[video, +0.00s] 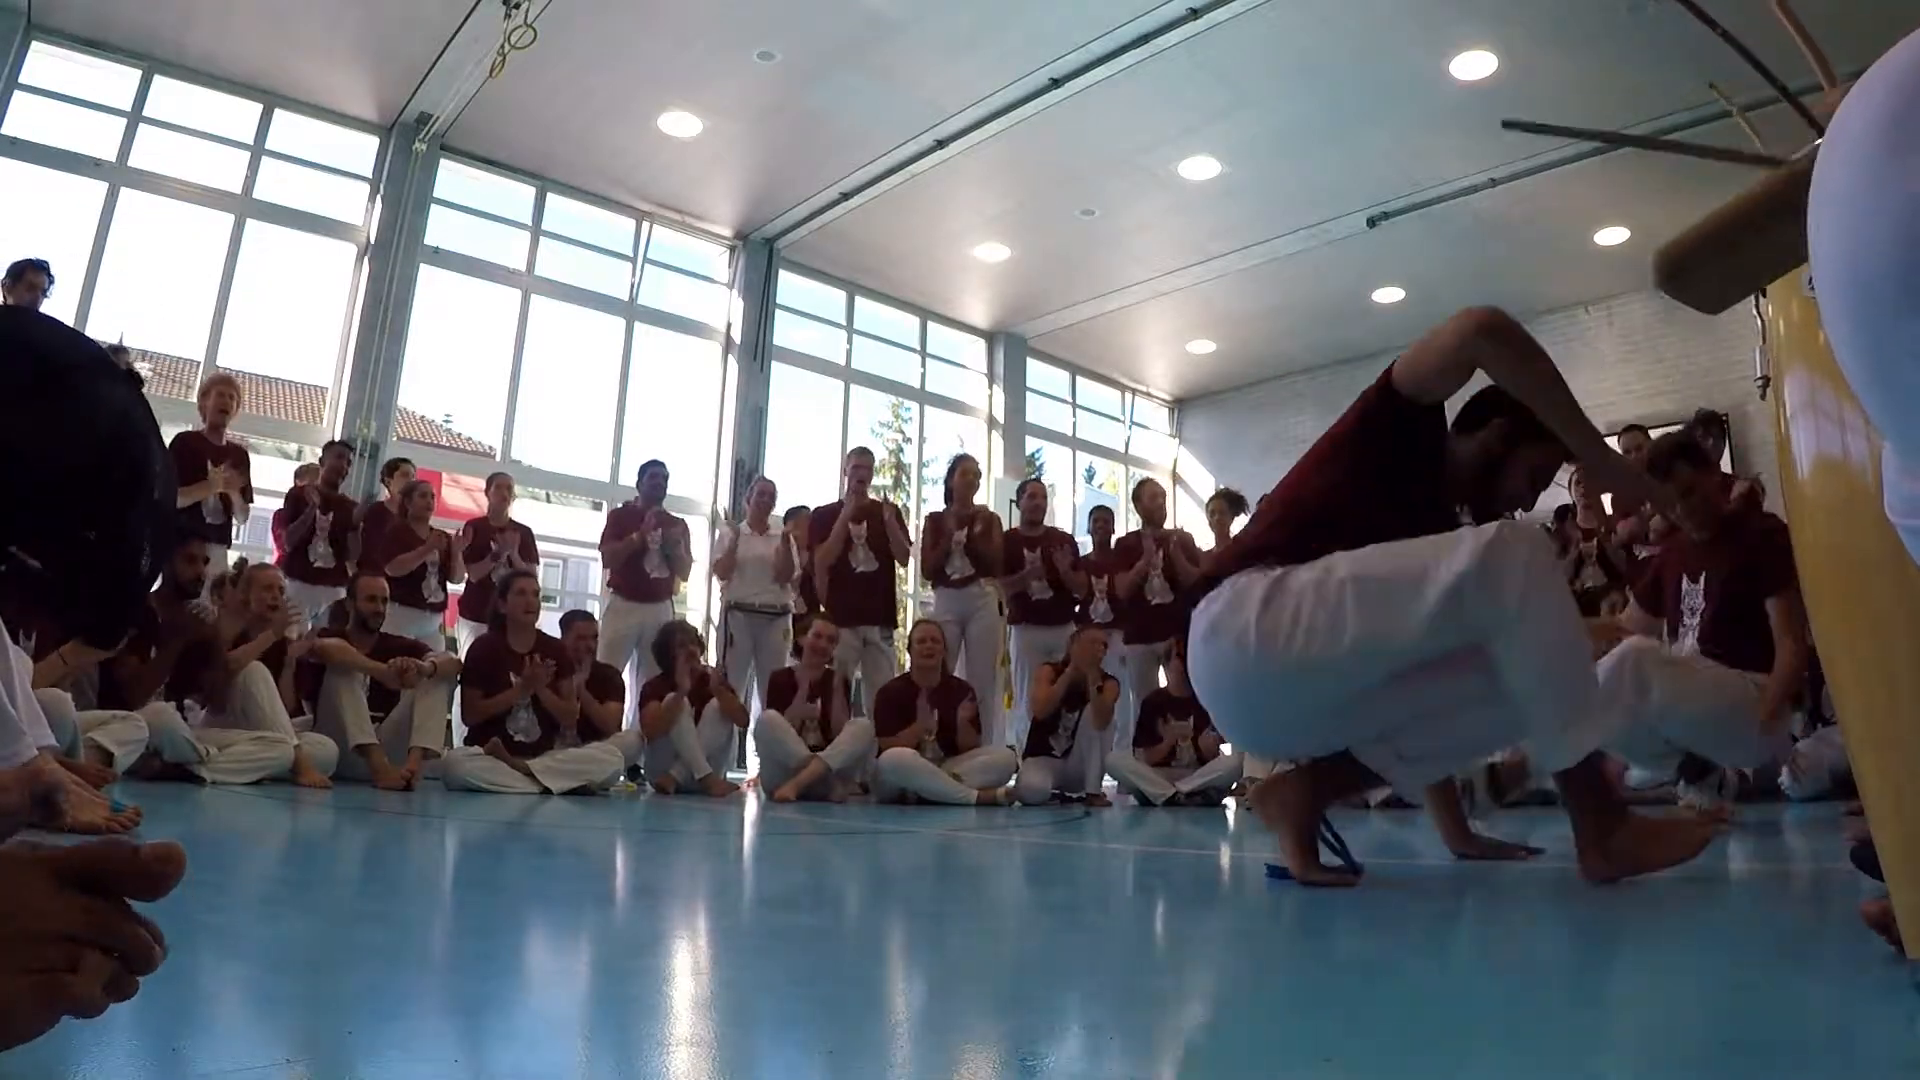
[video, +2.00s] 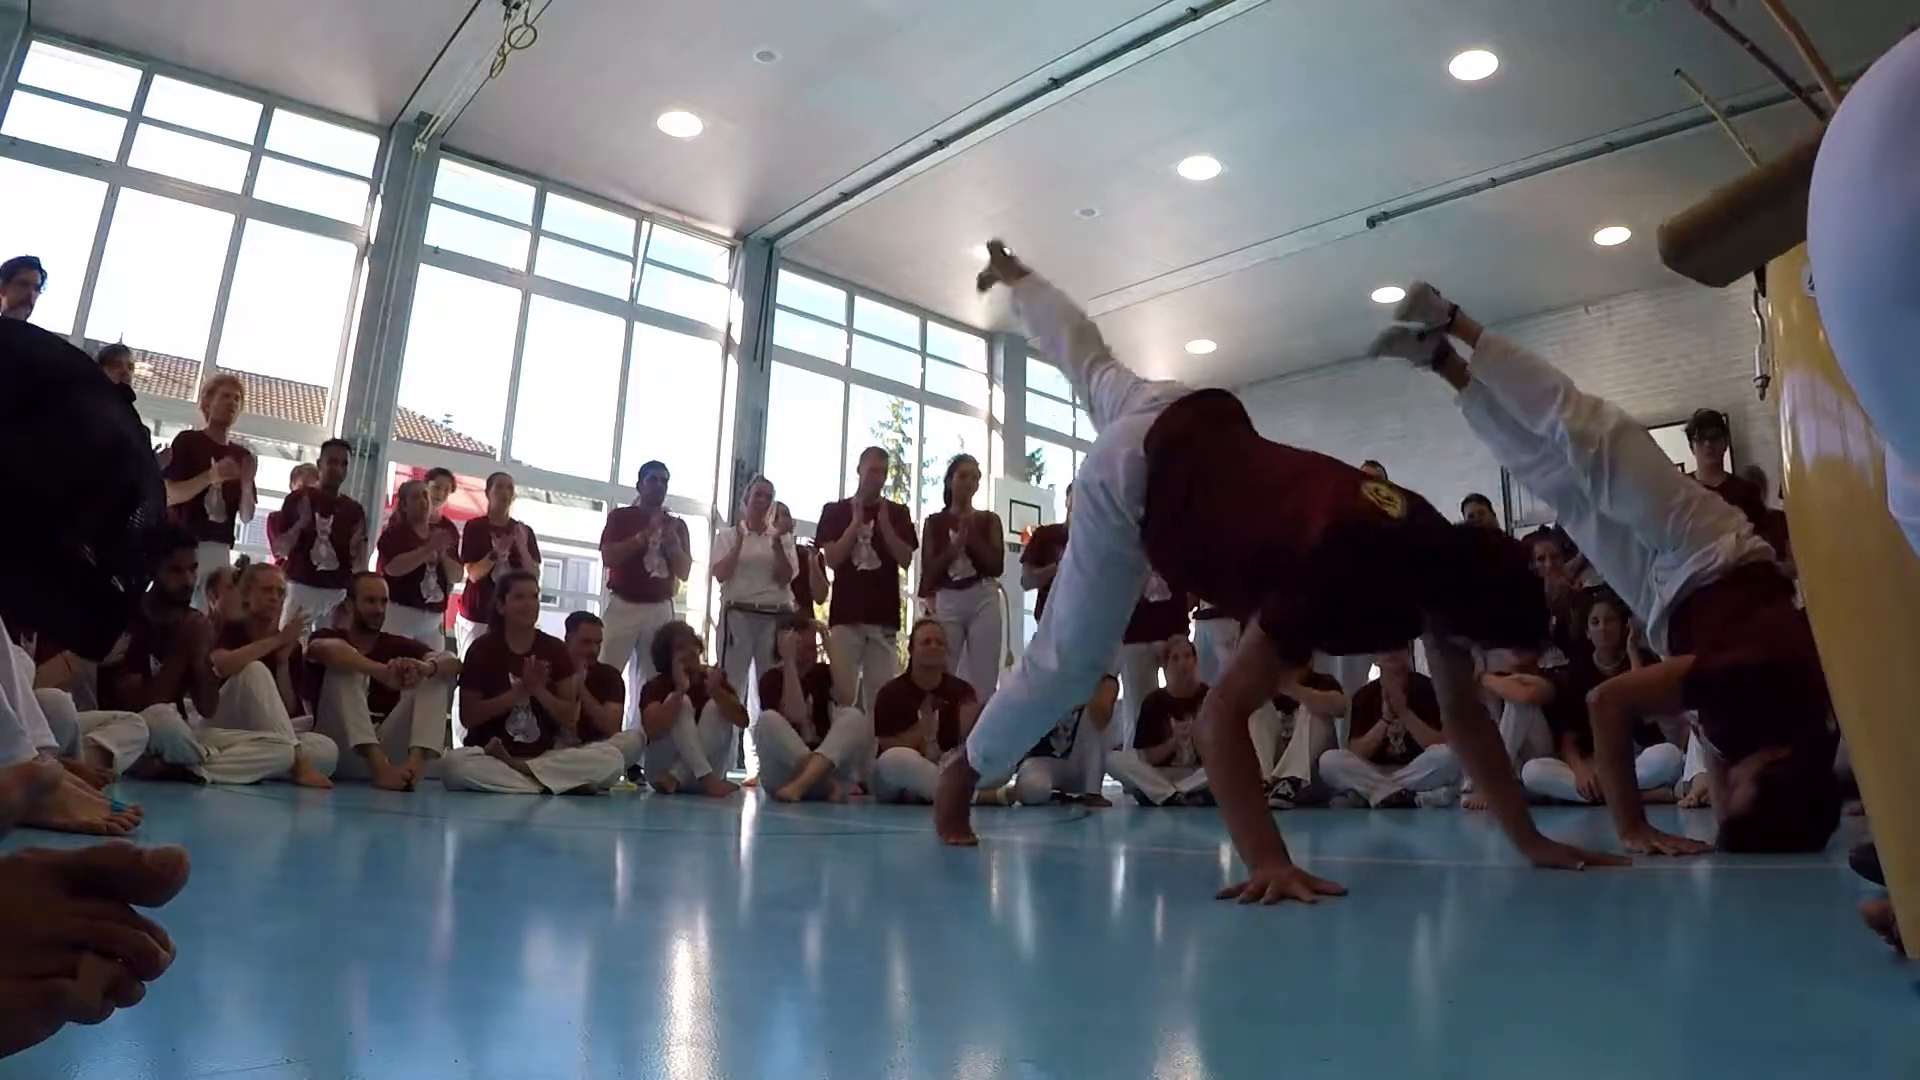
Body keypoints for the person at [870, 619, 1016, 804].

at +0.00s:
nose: (928, 646)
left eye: (935, 641)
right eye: (921, 642)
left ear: (944, 650)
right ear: (909, 650)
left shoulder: (961, 689)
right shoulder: (891, 692)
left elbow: (970, 749)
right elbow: (886, 747)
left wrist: (963, 723)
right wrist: (919, 728)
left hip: (951, 767)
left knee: (1005, 759)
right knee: (894, 759)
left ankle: (928, 792)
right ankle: (976, 798)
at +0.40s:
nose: (933, 647)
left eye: (939, 642)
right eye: (925, 642)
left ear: (946, 650)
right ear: (911, 650)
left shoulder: (961, 691)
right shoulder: (890, 693)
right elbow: (884, 747)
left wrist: (961, 726)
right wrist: (921, 732)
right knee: (892, 757)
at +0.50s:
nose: (933, 647)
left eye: (939, 642)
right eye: (925, 642)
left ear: (945, 650)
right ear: (911, 650)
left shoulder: (962, 691)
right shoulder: (890, 693)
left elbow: (972, 740)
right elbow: (884, 745)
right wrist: (925, 740)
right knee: (891, 757)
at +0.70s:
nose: (933, 647)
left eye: (939, 643)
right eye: (926, 642)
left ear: (947, 651)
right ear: (911, 650)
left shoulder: (962, 691)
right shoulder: (891, 692)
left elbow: (971, 748)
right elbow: (885, 746)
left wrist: (959, 723)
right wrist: (927, 731)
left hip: (951, 776)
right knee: (896, 757)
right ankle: (965, 797)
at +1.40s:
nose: (933, 647)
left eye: (939, 643)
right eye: (925, 642)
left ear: (946, 651)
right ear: (910, 650)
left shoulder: (962, 691)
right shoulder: (891, 693)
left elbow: (971, 747)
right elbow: (887, 744)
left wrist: (954, 731)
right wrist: (925, 739)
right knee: (893, 758)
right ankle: (987, 796)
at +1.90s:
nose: (934, 647)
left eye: (939, 643)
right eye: (926, 642)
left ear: (946, 651)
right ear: (911, 650)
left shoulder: (961, 690)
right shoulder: (892, 693)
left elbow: (970, 748)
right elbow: (893, 750)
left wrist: (962, 725)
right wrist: (927, 731)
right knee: (896, 758)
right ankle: (977, 796)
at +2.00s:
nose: (934, 647)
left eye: (939, 643)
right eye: (926, 643)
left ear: (946, 650)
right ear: (911, 651)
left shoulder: (962, 690)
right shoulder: (891, 693)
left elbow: (971, 743)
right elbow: (889, 748)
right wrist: (922, 729)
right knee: (895, 759)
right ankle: (976, 796)